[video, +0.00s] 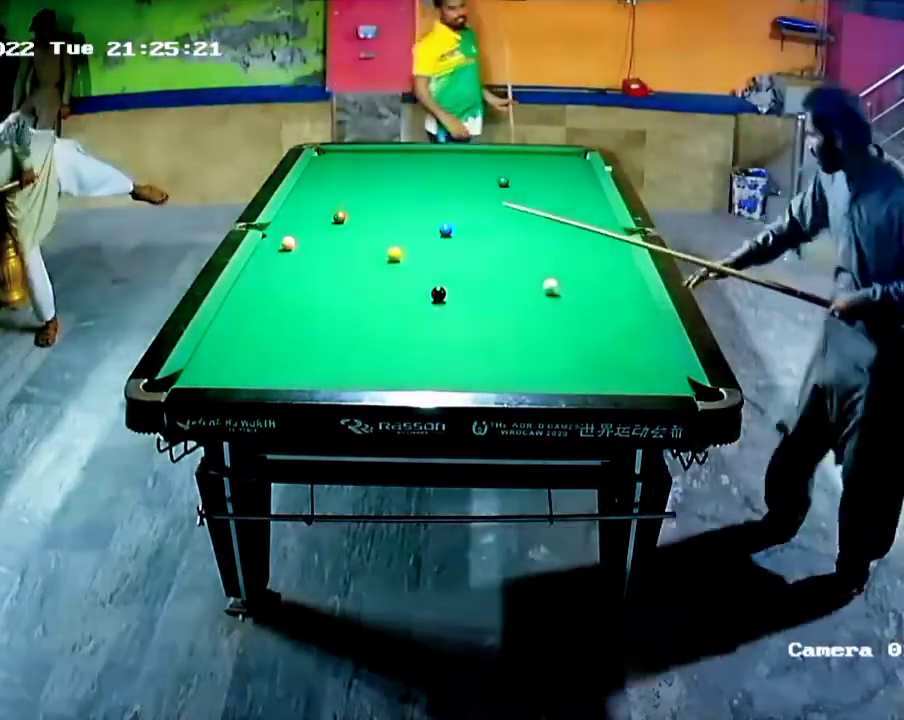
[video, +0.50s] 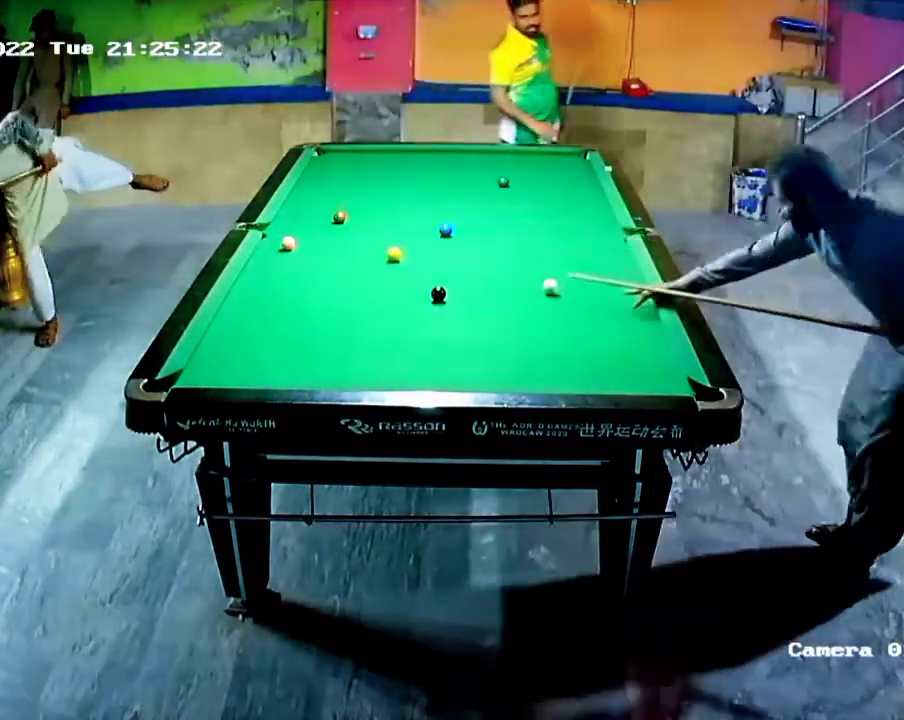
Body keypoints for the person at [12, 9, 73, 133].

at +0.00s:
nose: (37, 36)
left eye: (40, 32)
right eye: (35, 32)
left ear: (49, 31)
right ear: (34, 31)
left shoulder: (61, 48)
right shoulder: (32, 48)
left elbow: (68, 76)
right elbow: (21, 78)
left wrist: (65, 103)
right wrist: (15, 107)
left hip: (51, 95)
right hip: (35, 94)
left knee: (44, 134)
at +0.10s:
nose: (37, 36)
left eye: (40, 32)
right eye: (35, 32)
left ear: (49, 31)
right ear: (34, 31)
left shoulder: (61, 48)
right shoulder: (32, 48)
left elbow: (68, 76)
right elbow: (21, 78)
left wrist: (65, 103)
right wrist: (15, 107)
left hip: (51, 95)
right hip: (34, 94)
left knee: (43, 134)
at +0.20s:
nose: (37, 36)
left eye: (40, 32)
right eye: (35, 32)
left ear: (49, 31)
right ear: (34, 30)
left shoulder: (61, 48)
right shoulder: (32, 48)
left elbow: (68, 76)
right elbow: (21, 78)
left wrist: (65, 103)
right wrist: (15, 107)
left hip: (51, 95)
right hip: (34, 94)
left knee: (43, 134)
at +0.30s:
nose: (37, 36)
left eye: (40, 32)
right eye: (35, 32)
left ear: (49, 31)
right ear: (34, 31)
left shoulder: (61, 49)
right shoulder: (32, 48)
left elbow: (68, 76)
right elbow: (21, 78)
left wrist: (65, 103)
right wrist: (15, 107)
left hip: (51, 95)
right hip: (34, 95)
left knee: (42, 135)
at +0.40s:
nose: (37, 36)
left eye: (40, 32)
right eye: (35, 32)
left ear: (49, 31)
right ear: (34, 31)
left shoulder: (61, 49)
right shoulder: (32, 48)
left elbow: (68, 76)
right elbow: (21, 79)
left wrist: (65, 103)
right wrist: (15, 106)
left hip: (51, 95)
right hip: (34, 94)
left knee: (44, 133)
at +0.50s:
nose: (37, 36)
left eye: (40, 32)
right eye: (35, 32)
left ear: (49, 31)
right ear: (34, 31)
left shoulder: (61, 49)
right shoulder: (33, 48)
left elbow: (68, 76)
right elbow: (21, 79)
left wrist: (65, 103)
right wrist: (15, 106)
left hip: (51, 95)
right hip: (34, 94)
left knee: (44, 133)